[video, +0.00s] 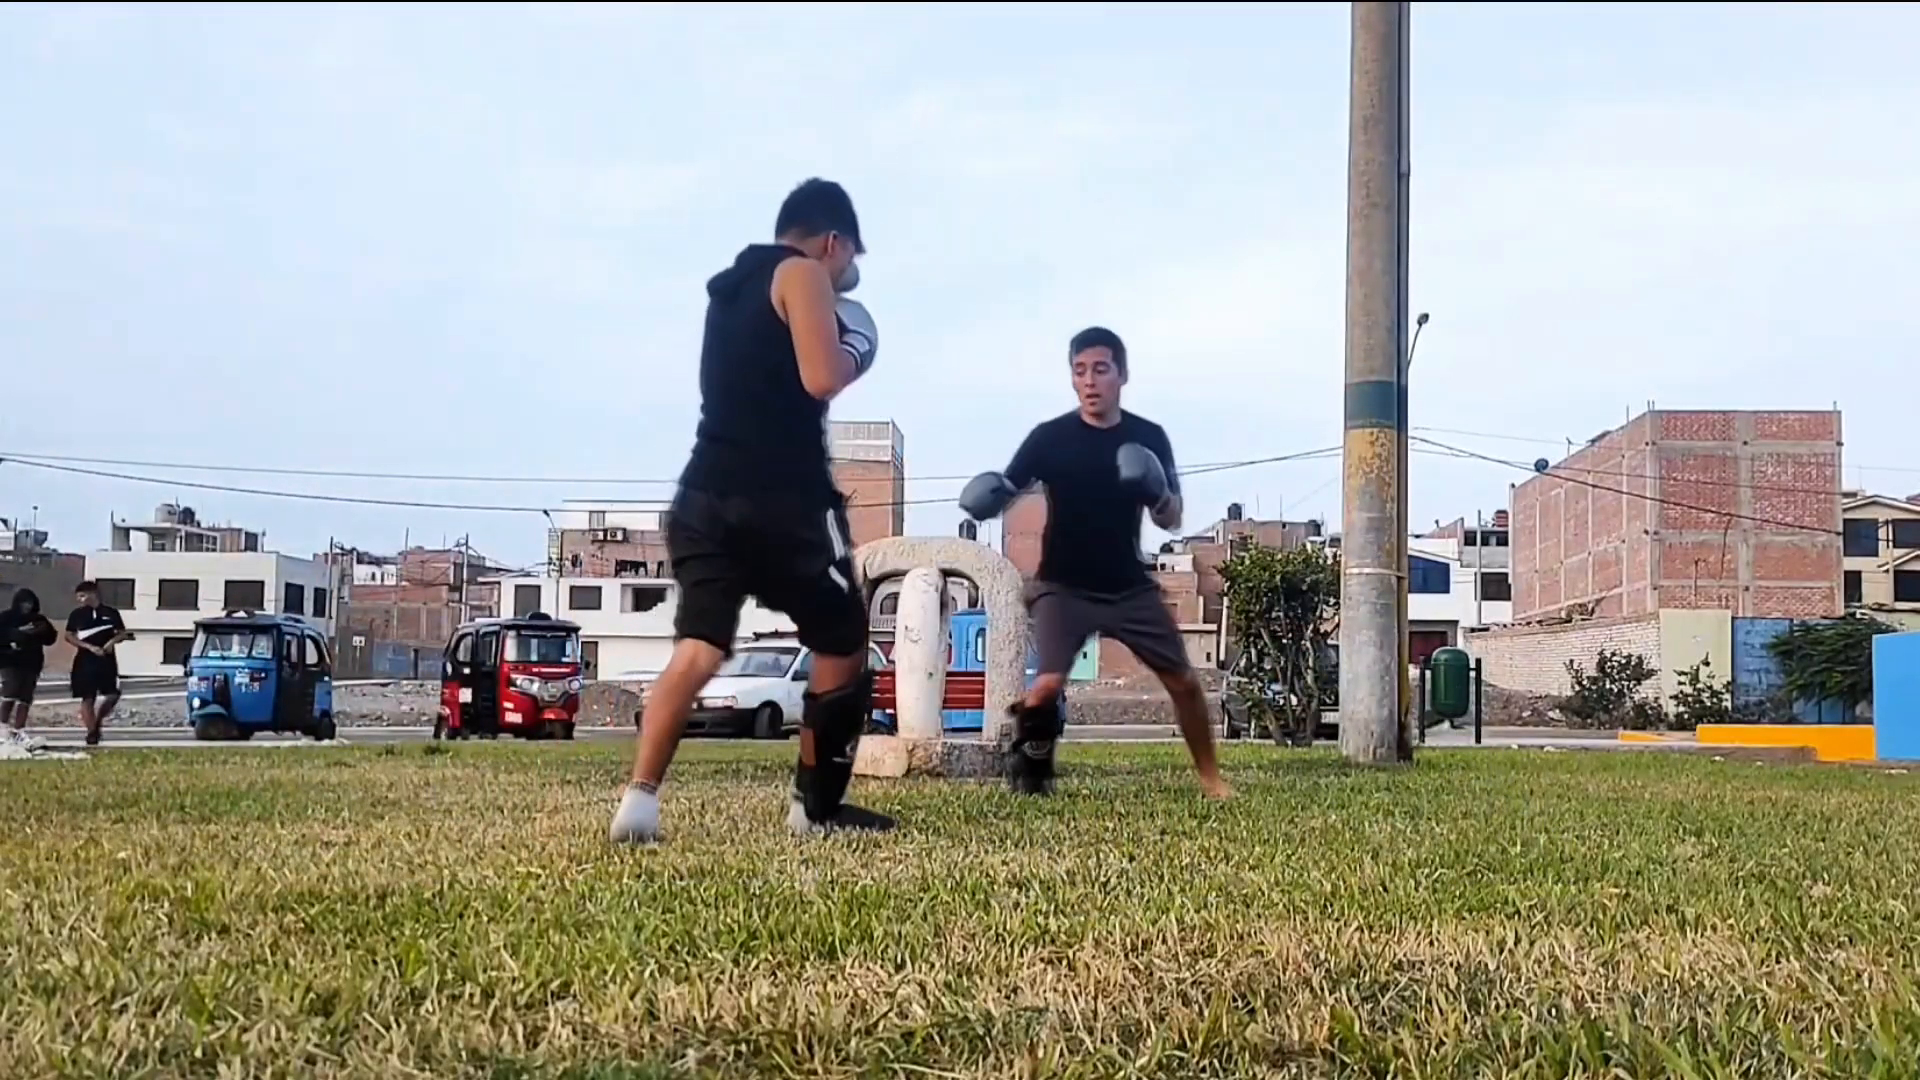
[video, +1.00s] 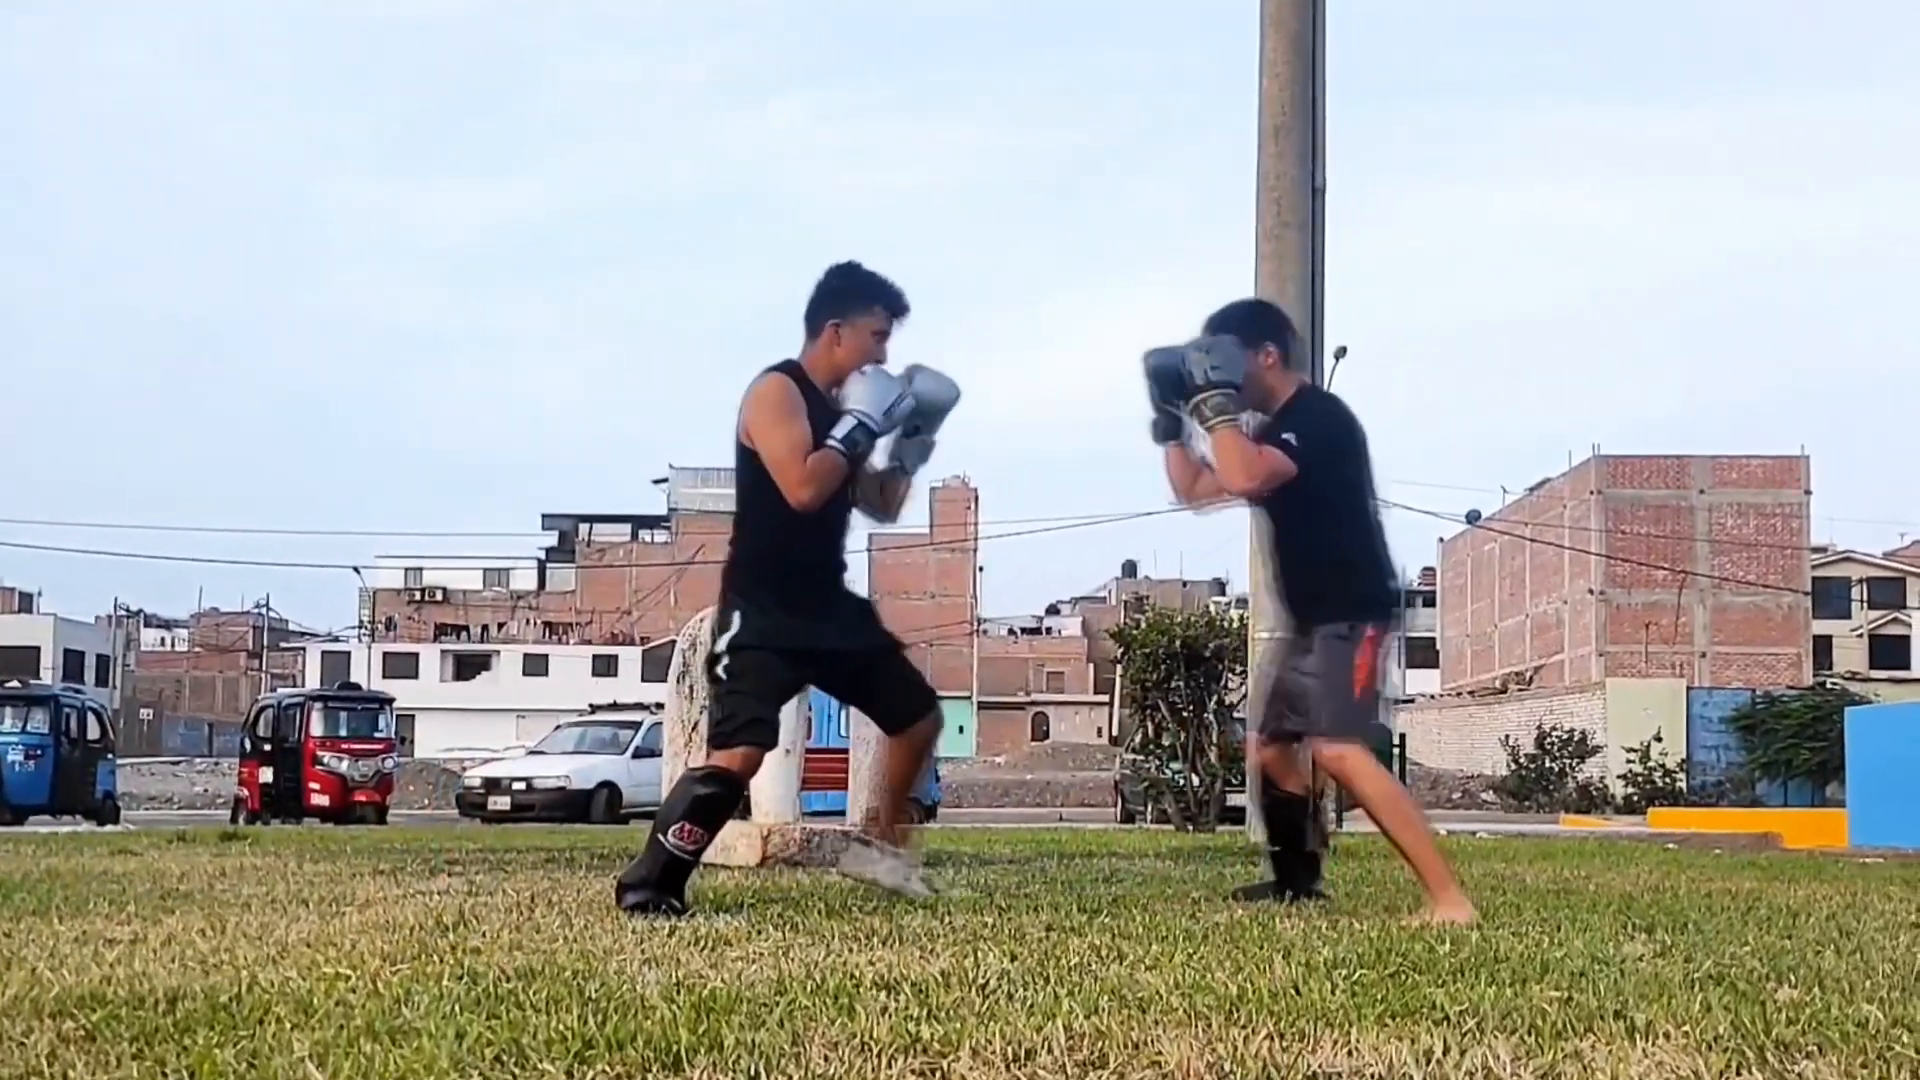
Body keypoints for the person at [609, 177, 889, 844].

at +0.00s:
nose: (847, 274)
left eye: (853, 262)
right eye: (851, 259)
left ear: (783, 232)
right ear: (830, 240)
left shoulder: (728, 283)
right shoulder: (799, 275)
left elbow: (757, 377)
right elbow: (820, 379)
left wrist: (818, 323)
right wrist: (857, 353)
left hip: (705, 496)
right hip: (778, 501)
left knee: (697, 650)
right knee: (840, 639)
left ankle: (639, 801)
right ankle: (819, 806)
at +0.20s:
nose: (896, 277)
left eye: (900, 266)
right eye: (899, 263)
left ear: (837, 241)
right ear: (879, 249)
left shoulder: (786, 293)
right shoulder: (850, 286)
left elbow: (814, 388)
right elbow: (887, 392)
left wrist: (878, 334)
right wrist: (917, 347)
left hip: (769, 491)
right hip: (828, 493)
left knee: (795, 641)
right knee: (856, 647)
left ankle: (729, 734)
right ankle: (822, 805)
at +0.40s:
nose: (911, 297)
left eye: (915, 287)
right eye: (911, 283)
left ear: (861, 268)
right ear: (884, 270)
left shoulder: (814, 308)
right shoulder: (848, 307)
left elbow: (860, 403)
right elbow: (884, 406)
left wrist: (903, 353)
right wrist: (919, 361)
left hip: (799, 509)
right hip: (825, 513)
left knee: (840, 658)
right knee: (859, 654)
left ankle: (802, 801)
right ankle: (803, 817)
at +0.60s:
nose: (909, 345)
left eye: (912, 331)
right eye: (905, 329)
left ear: (869, 323)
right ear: (871, 321)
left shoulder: (853, 383)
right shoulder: (815, 373)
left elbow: (905, 461)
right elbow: (843, 473)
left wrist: (906, 393)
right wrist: (888, 412)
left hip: (839, 565)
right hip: (797, 563)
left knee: (880, 695)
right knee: (842, 689)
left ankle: (849, 835)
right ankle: (753, 839)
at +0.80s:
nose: (887, 350)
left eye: (891, 338)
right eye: (884, 335)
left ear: (843, 326)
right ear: (846, 322)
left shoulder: (835, 391)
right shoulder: (796, 372)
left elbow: (877, 482)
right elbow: (833, 471)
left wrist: (895, 409)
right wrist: (878, 410)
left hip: (821, 581)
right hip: (772, 578)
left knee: (861, 727)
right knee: (778, 723)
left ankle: (813, 858)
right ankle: (692, 860)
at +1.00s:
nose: (885, 354)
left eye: (888, 339)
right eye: (877, 336)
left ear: (839, 334)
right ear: (833, 329)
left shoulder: (844, 411)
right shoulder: (774, 391)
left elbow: (884, 503)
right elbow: (804, 490)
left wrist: (912, 438)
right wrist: (861, 420)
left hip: (829, 607)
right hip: (764, 607)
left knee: (917, 718)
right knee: (739, 754)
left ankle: (881, 848)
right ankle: (648, 887)